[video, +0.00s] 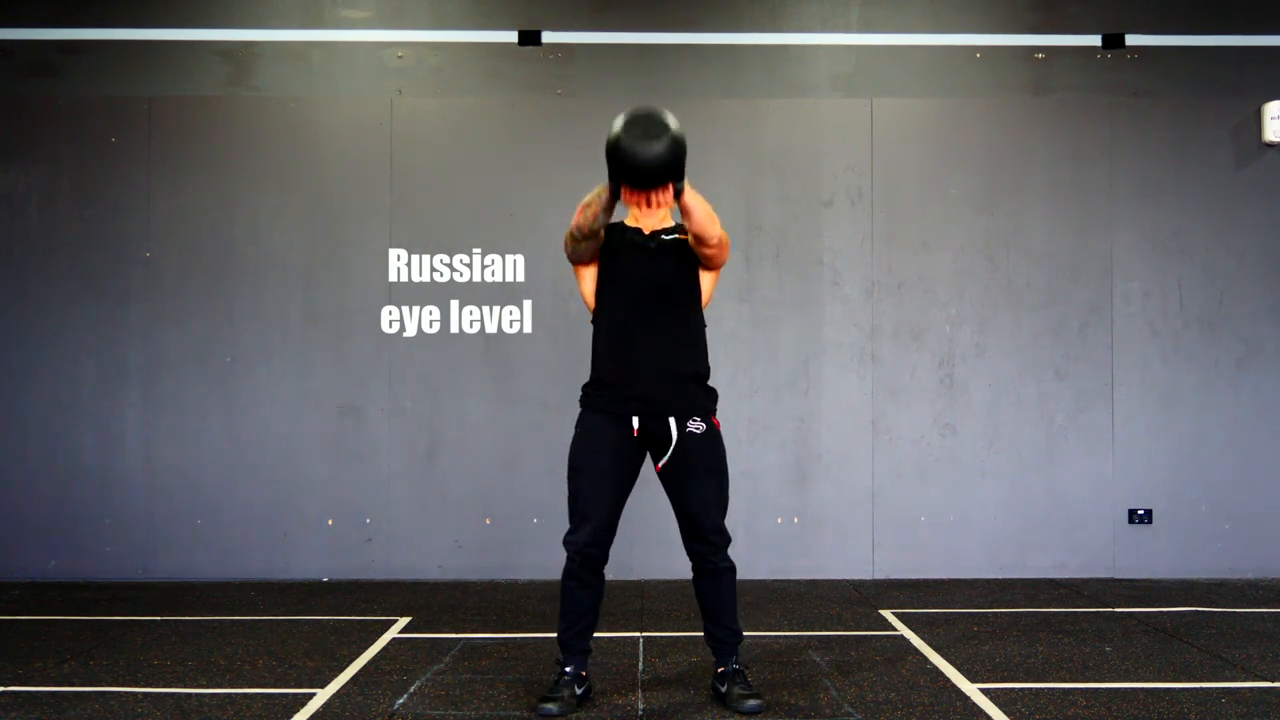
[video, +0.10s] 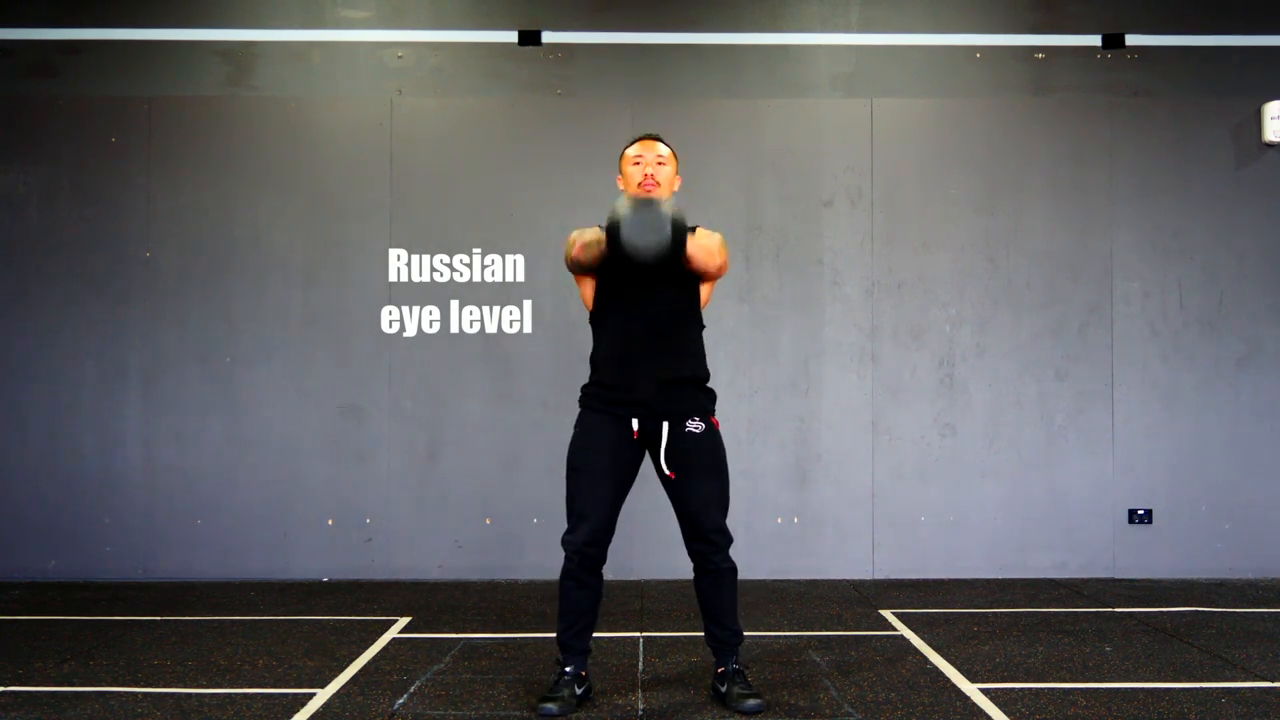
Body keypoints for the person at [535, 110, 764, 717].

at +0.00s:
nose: (649, 201)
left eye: (659, 192)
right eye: (638, 192)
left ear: (677, 184)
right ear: (618, 184)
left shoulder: (703, 242)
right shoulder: (592, 236)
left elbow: (714, 240)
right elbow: (578, 238)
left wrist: (682, 191)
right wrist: (609, 197)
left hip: (685, 408)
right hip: (610, 409)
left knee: (710, 544)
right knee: (585, 543)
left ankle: (729, 669)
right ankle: (572, 673)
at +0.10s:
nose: (648, 168)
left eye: (660, 161)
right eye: (637, 161)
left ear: (677, 180)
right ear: (619, 180)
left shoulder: (700, 241)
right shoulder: (593, 242)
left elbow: (714, 261)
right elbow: (578, 254)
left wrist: (670, 232)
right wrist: (615, 235)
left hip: (685, 411)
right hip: (609, 410)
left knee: (711, 543)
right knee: (583, 543)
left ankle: (730, 670)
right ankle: (571, 672)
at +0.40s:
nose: (646, 192)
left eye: (657, 182)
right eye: (633, 183)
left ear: (675, 198)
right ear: (616, 201)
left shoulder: (706, 277)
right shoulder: (583, 278)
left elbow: (697, 377)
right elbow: (594, 377)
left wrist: (674, 455)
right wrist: (620, 455)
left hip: (685, 431)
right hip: (604, 431)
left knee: (740, 540)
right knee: (553, 541)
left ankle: (733, 669)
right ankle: (569, 673)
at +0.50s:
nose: (642, 231)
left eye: (654, 219)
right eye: (630, 220)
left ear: (673, 228)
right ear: (614, 230)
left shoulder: (708, 304)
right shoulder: (582, 307)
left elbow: (697, 400)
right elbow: (592, 405)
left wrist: (673, 470)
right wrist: (619, 472)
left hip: (686, 443)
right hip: (605, 443)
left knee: (746, 534)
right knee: (548, 538)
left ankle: (734, 668)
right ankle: (568, 673)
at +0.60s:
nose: (640, 256)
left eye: (652, 243)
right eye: (627, 244)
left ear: (672, 251)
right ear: (612, 254)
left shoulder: (708, 319)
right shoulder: (582, 325)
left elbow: (698, 413)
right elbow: (592, 418)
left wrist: (677, 480)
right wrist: (618, 482)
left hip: (686, 445)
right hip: (606, 447)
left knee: (747, 531)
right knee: (549, 536)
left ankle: (736, 667)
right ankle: (568, 672)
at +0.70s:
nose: (639, 245)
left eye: (651, 232)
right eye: (626, 234)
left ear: (671, 241)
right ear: (611, 245)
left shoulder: (708, 312)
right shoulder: (582, 320)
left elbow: (699, 407)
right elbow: (594, 414)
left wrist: (679, 477)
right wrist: (620, 481)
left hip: (686, 443)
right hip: (608, 446)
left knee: (747, 534)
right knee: (553, 539)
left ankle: (734, 669)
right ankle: (569, 673)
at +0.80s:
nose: (640, 210)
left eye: (652, 200)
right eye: (628, 200)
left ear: (671, 214)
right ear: (612, 215)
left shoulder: (708, 292)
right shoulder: (583, 298)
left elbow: (698, 391)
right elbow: (597, 397)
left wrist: (680, 468)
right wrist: (623, 471)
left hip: (690, 446)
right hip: (610, 446)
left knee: (750, 550)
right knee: (554, 553)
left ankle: (733, 673)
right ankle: (571, 676)